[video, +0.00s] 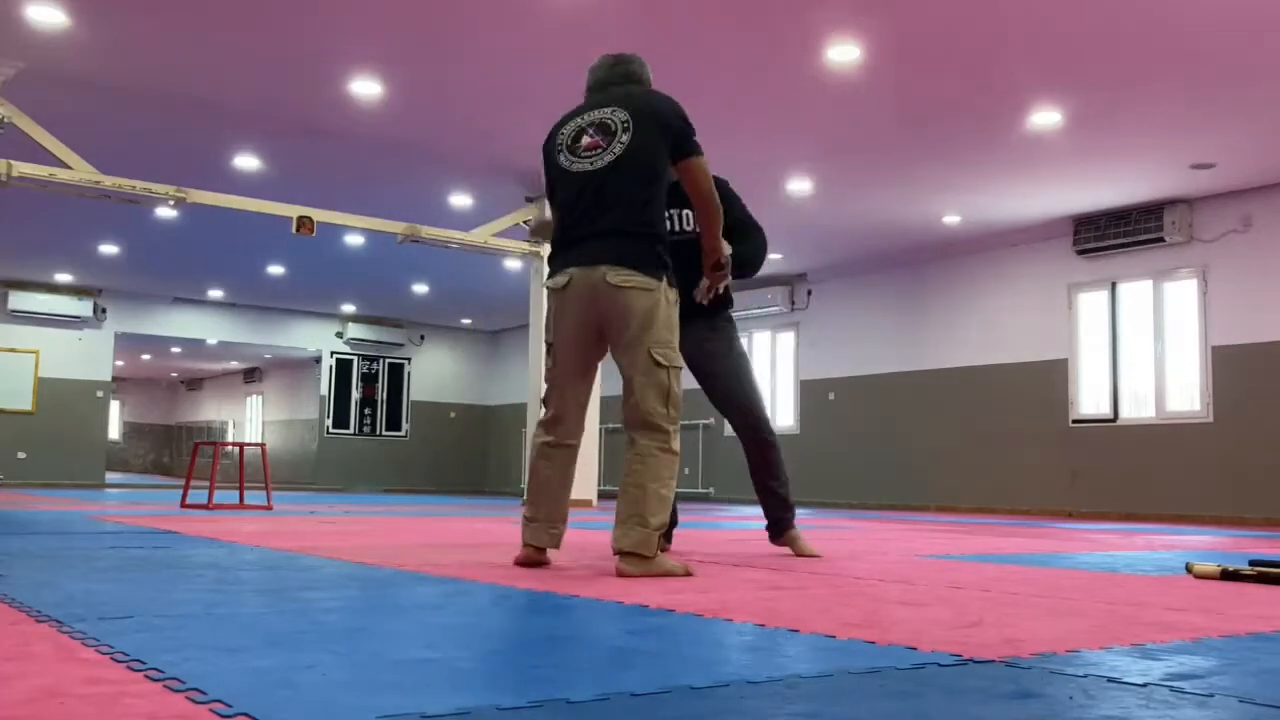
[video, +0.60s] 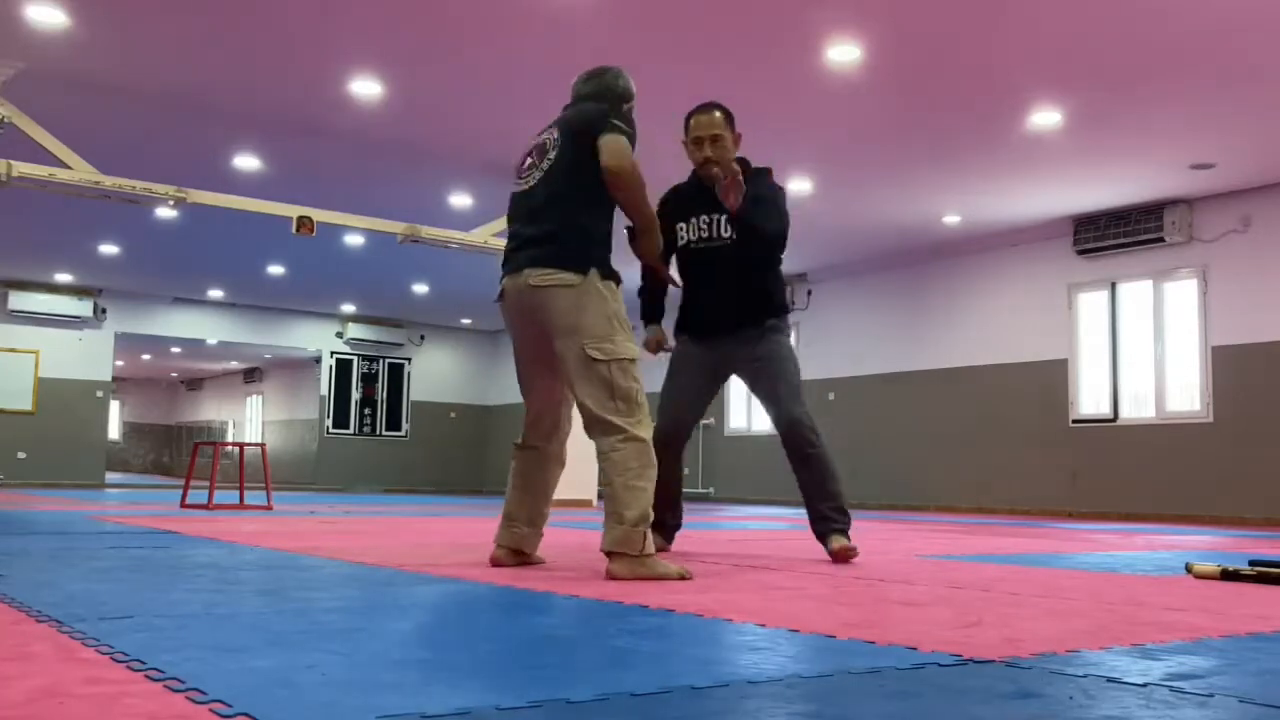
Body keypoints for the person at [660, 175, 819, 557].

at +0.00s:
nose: (669, 158)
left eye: (675, 149)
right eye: (661, 151)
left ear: (684, 151)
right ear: (645, 153)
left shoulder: (708, 189)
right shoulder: (630, 197)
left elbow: (753, 243)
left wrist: (723, 269)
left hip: (706, 318)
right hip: (649, 321)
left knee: (753, 422)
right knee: (651, 425)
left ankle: (783, 526)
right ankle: (656, 534)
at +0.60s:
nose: (705, 150)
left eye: (715, 140)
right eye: (696, 143)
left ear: (736, 142)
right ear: (686, 148)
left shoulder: (761, 186)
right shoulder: (674, 203)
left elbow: (772, 246)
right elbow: (656, 264)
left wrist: (740, 209)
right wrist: (652, 322)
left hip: (761, 334)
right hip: (700, 338)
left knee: (796, 424)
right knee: (667, 434)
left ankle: (834, 531)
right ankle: (661, 530)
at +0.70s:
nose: (724, 152)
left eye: (734, 140)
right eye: (715, 143)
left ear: (758, 137)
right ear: (707, 145)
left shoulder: (785, 177)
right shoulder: (714, 189)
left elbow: (771, 246)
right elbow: (710, 247)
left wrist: (706, 244)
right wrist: (697, 283)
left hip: (794, 327)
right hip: (736, 330)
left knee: (815, 422)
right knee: (701, 429)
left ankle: (840, 536)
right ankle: (673, 533)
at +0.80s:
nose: (749, 151)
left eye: (759, 139)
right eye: (740, 142)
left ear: (784, 136)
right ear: (733, 143)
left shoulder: (807, 184)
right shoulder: (744, 185)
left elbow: (763, 247)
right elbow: (763, 243)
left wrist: (688, 281)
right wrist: (736, 244)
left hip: (813, 323)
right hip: (756, 323)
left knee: (821, 419)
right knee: (728, 425)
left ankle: (841, 536)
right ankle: (741, 525)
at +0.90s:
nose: (769, 151)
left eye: (778, 140)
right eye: (760, 142)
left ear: (804, 136)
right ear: (752, 144)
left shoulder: (829, 186)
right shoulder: (749, 187)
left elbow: (801, 268)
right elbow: (744, 255)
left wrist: (731, 313)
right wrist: (737, 238)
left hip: (828, 323)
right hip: (772, 324)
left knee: (830, 419)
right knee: (751, 429)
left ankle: (842, 535)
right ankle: (778, 521)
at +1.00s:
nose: (783, 158)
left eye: (793, 146)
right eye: (773, 148)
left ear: (818, 141)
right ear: (764, 147)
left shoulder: (851, 193)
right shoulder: (753, 194)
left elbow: (856, 279)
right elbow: (730, 270)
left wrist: (792, 319)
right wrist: (753, 226)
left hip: (838, 327)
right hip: (777, 328)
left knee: (838, 422)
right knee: (758, 434)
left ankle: (839, 535)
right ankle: (765, 519)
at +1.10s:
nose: (793, 161)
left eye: (804, 149)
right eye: (785, 150)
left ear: (828, 144)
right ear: (774, 148)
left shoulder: (861, 192)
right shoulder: (766, 192)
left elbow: (896, 251)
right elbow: (742, 256)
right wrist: (756, 202)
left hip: (840, 332)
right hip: (779, 331)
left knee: (844, 427)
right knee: (758, 432)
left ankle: (837, 535)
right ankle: (747, 518)